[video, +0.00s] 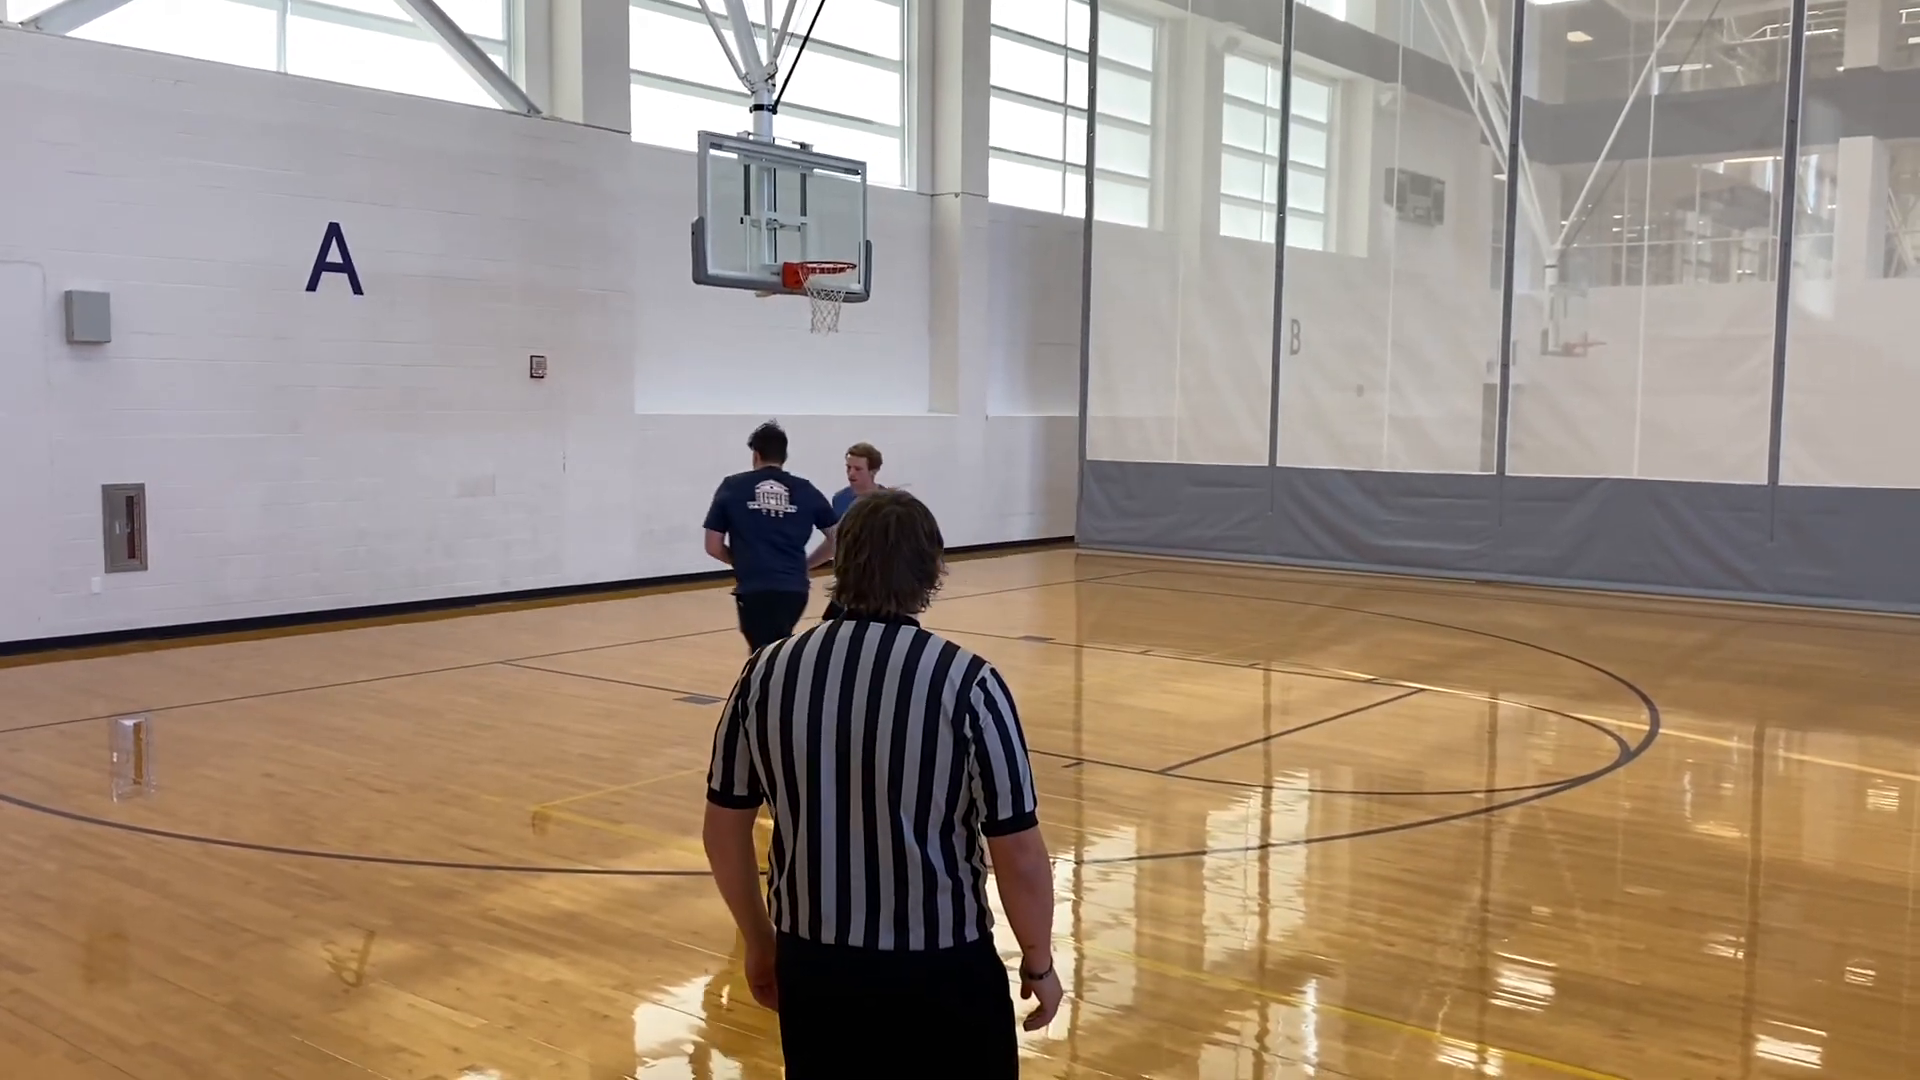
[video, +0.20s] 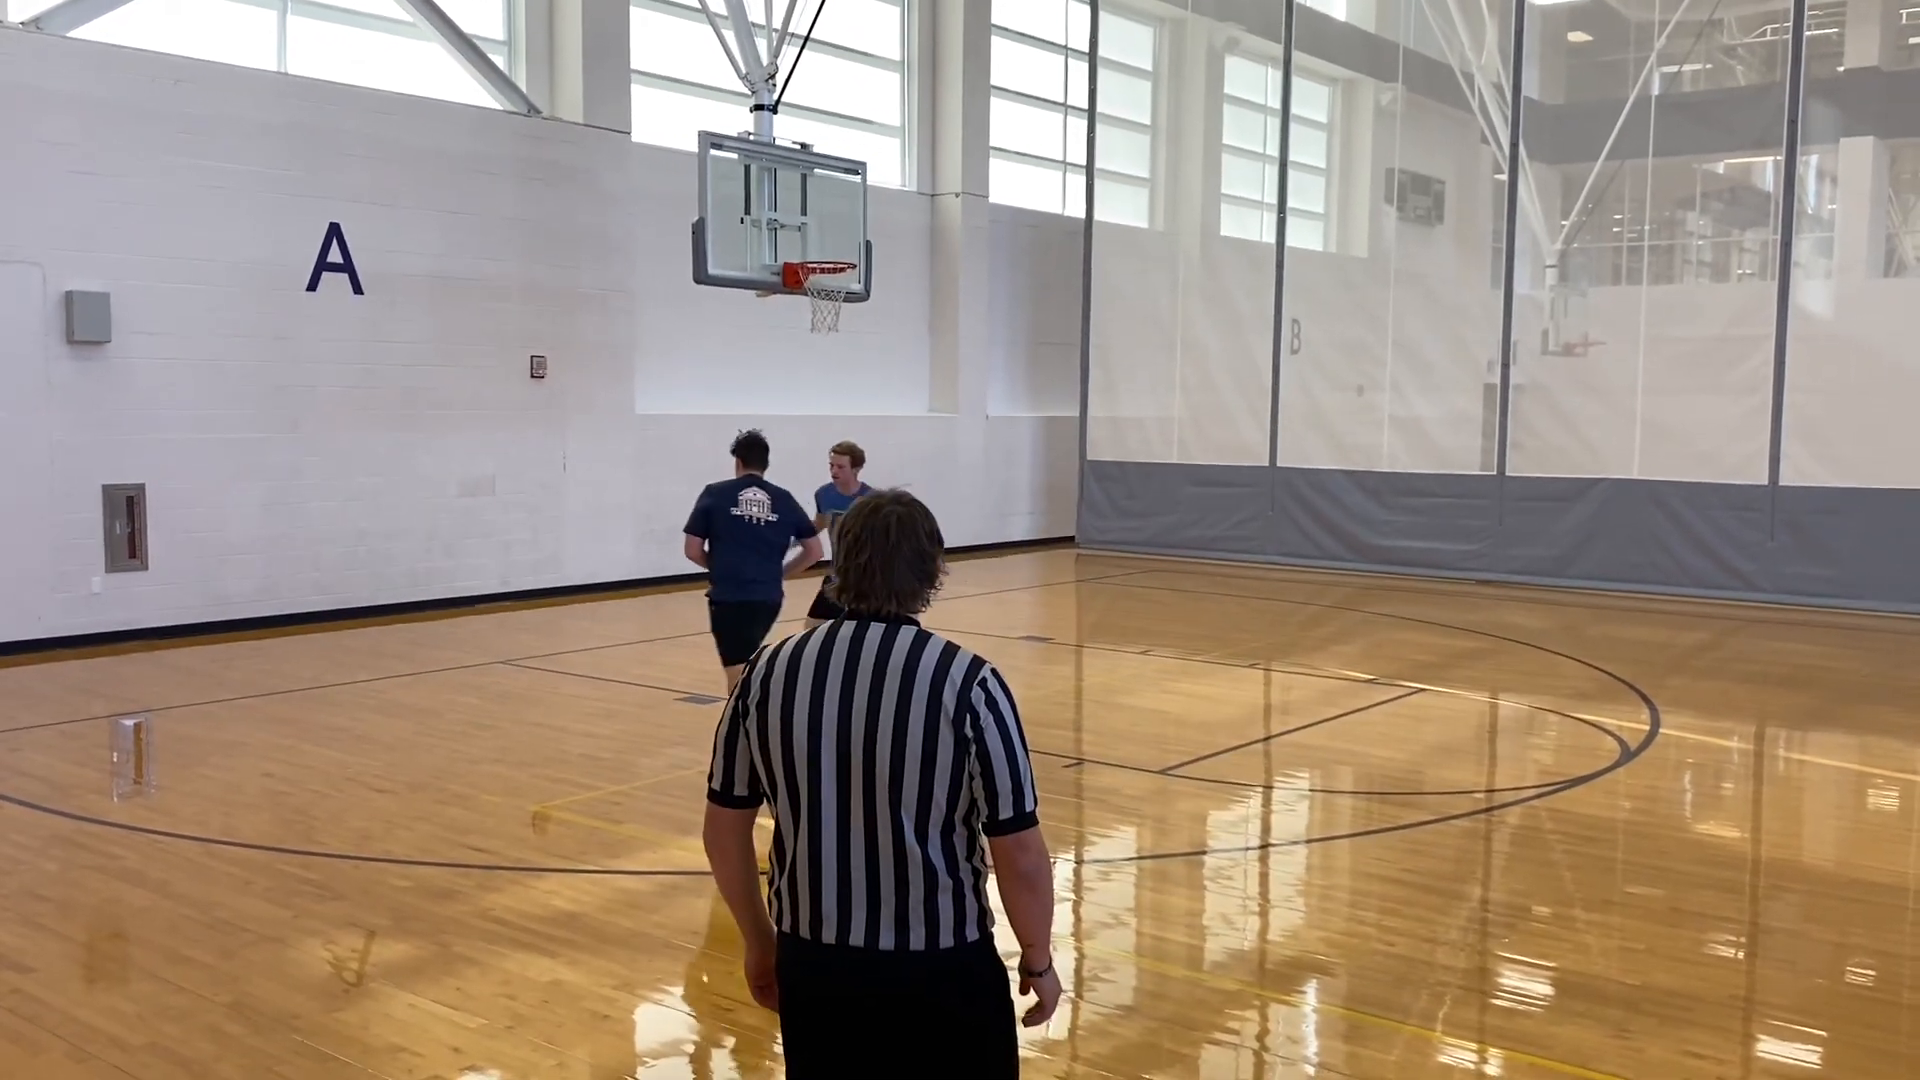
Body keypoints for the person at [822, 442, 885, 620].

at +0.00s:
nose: (851, 474)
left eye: (858, 469)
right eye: (848, 468)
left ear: (873, 471)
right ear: (845, 467)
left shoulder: (889, 501)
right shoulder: (839, 499)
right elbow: (835, 540)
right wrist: (805, 564)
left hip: (882, 577)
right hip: (848, 576)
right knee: (828, 627)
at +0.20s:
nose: (834, 471)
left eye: (840, 467)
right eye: (831, 466)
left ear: (856, 469)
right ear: (828, 465)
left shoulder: (873, 498)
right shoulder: (823, 494)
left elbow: (882, 536)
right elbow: (821, 522)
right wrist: (802, 537)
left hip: (869, 574)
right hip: (838, 573)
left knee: (869, 625)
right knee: (813, 624)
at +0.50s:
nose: (807, 466)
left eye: (813, 461)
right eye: (806, 460)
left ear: (829, 464)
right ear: (803, 460)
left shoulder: (848, 495)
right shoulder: (801, 488)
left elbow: (861, 534)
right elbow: (795, 509)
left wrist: (851, 571)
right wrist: (764, 525)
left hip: (843, 577)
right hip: (813, 576)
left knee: (851, 633)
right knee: (796, 636)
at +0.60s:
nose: (799, 463)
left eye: (805, 458)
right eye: (798, 457)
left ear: (822, 460)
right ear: (795, 457)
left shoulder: (840, 493)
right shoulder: (796, 483)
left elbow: (855, 533)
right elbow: (793, 506)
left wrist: (847, 574)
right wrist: (762, 521)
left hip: (835, 574)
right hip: (807, 573)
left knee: (836, 631)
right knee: (793, 627)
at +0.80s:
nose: (786, 456)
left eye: (792, 451)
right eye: (785, 450)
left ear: (809, 453)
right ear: (783, 450)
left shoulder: (825, 483)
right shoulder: (786, 477)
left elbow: (853, 517)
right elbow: (790, 504)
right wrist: (764, 518)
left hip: (826, 564)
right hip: (798, 562)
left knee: (818, 620)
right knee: (783, 618)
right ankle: (799, 665)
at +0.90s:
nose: (780, 455)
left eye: (786, 450)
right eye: (779, 450)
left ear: (802, 453)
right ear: (777, 450)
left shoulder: (819, 483)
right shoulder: (782, 476)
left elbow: (848, 517)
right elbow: (788, 506)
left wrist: (847, 560)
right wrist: (764, 522)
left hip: (821, 563)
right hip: (793, 560)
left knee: (810, 618)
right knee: (774, 613)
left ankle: (821, 667)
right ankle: (794, 664)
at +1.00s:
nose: (774, 455)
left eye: (780, 450)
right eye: (773, 449)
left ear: (797, 452)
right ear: (772, 449)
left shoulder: (813, 482)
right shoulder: (778, 477)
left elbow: (843, 517)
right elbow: (785, 510)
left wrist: (840, 548)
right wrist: (763, 526)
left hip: (816, 563)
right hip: (788, 560)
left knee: (805, 619)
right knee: (767, 610)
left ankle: (819, 668)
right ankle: (787, 664)